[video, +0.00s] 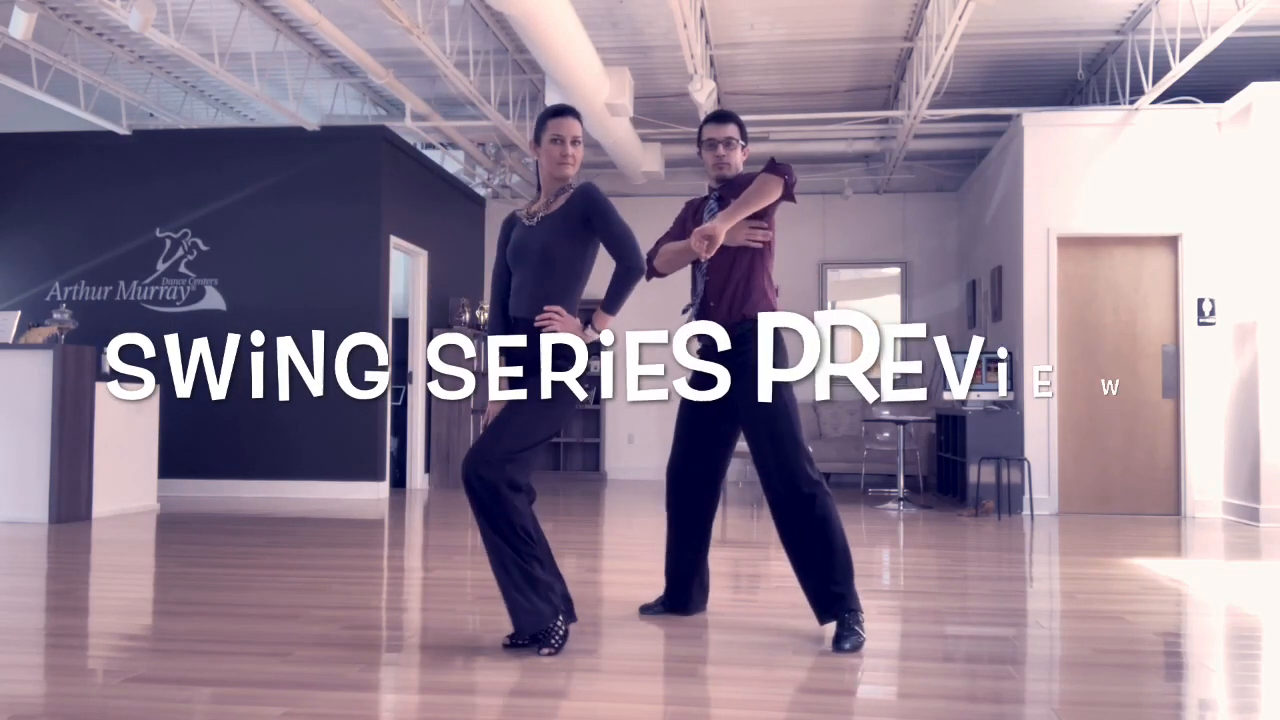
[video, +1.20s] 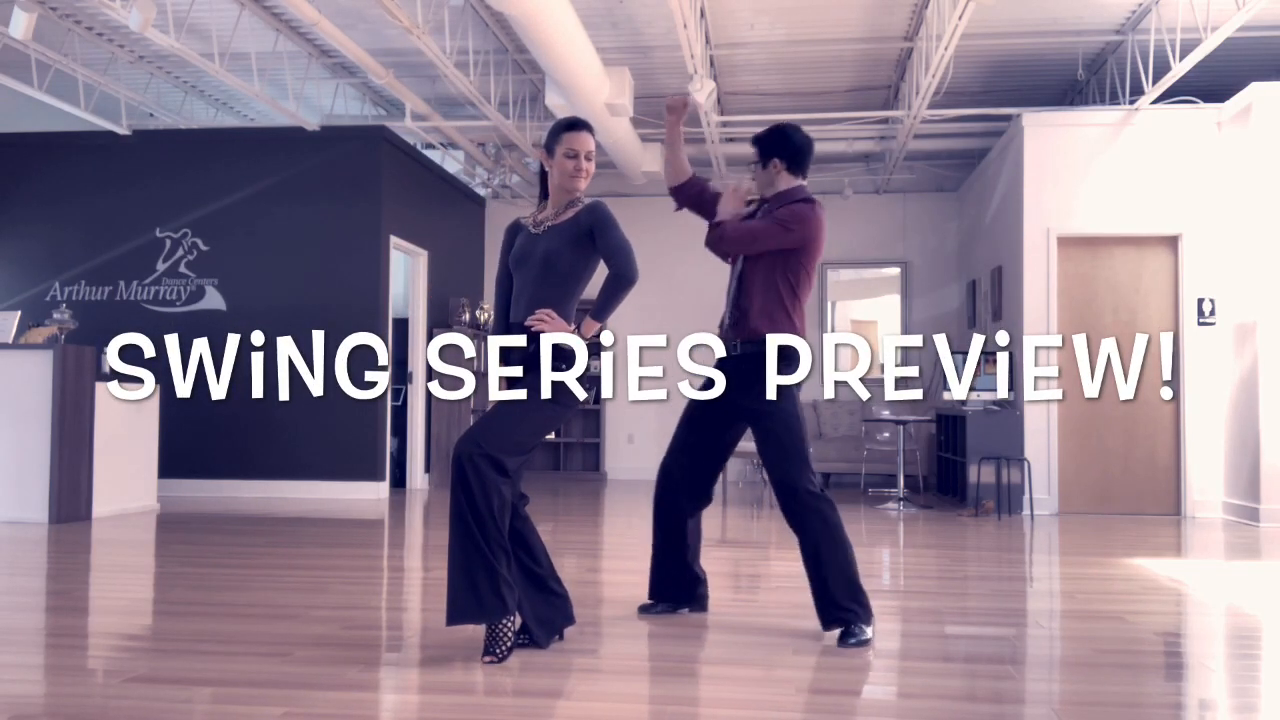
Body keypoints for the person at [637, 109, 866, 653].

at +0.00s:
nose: (720, 152)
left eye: (729, 144)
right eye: (711, 145)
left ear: (744, 148)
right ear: (699, 154)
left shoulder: (760, 184)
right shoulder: (694, 210)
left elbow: (778, 180)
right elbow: (655, 264)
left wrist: (722, 221)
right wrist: (695, 244)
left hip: (757, 346)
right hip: (706, 350)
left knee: (792, 476)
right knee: (688, 475)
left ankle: (844, 609)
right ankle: (684, 593)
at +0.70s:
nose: (705, 173)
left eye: (714, 165)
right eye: (701, 165)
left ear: (742, 170)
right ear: (700, 170)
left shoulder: (767, 212)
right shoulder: (690, 224)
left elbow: (755, 244)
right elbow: (662, 271)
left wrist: (690, 261)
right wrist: (674, 267)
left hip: (759, 364)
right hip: (704, 366)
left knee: (800, 484)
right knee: (665, 483)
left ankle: (841, 615)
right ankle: (682, 592)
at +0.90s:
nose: (703, 182)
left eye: (710, 173)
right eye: (701, 174)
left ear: (742, 174)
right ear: (712, 178)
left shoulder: (774, 224)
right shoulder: (700, 222)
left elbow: (752, 279)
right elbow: (640, 246)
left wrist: (684, 279)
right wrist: (696, 204)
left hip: (756, 367)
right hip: (704, 369)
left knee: (796, 482)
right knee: (658, 484)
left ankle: (849, 614)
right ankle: (681, 592)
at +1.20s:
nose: (751, 172)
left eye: (756, 162)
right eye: (752, 163)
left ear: (777, 164)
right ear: (792, 165)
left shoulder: (802, 215)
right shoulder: (766, 209)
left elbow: (724, 243)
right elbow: (684, 188)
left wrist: (730, 207)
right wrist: (673, 125)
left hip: (769, 361)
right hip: (733, 360)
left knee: (799, 490)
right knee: (679, 475)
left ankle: (851, 615)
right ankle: (679, 590)